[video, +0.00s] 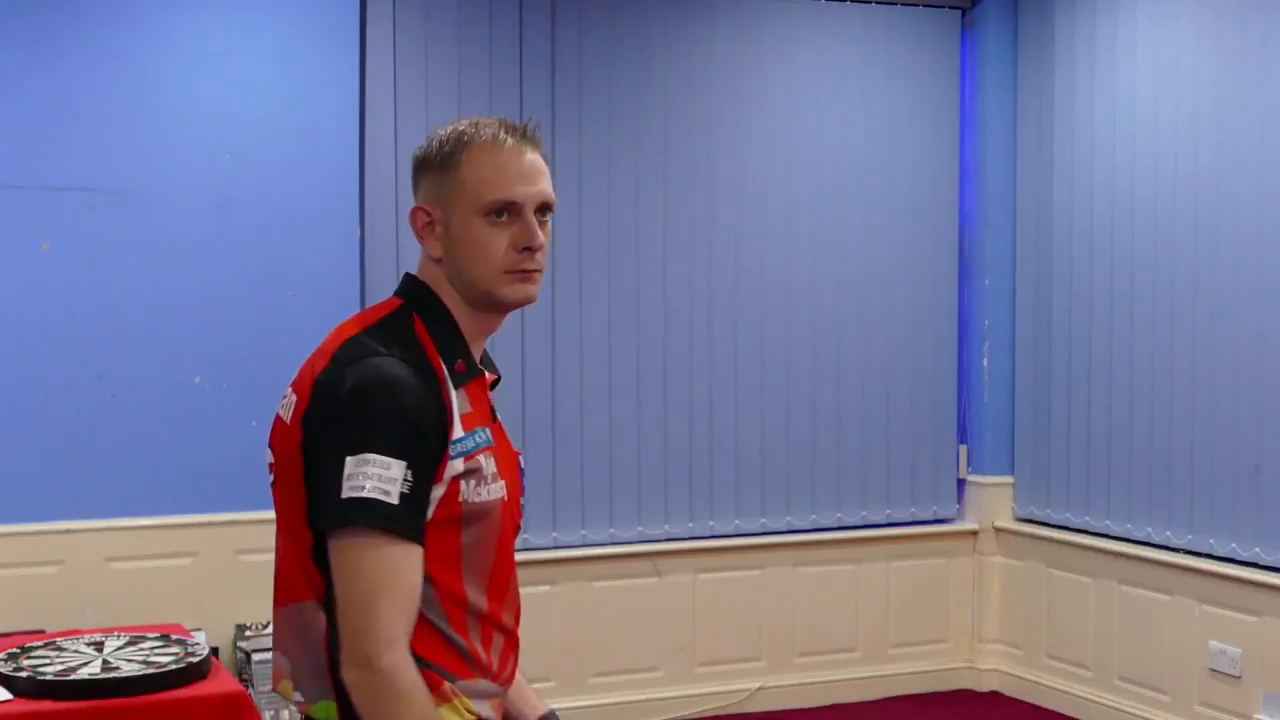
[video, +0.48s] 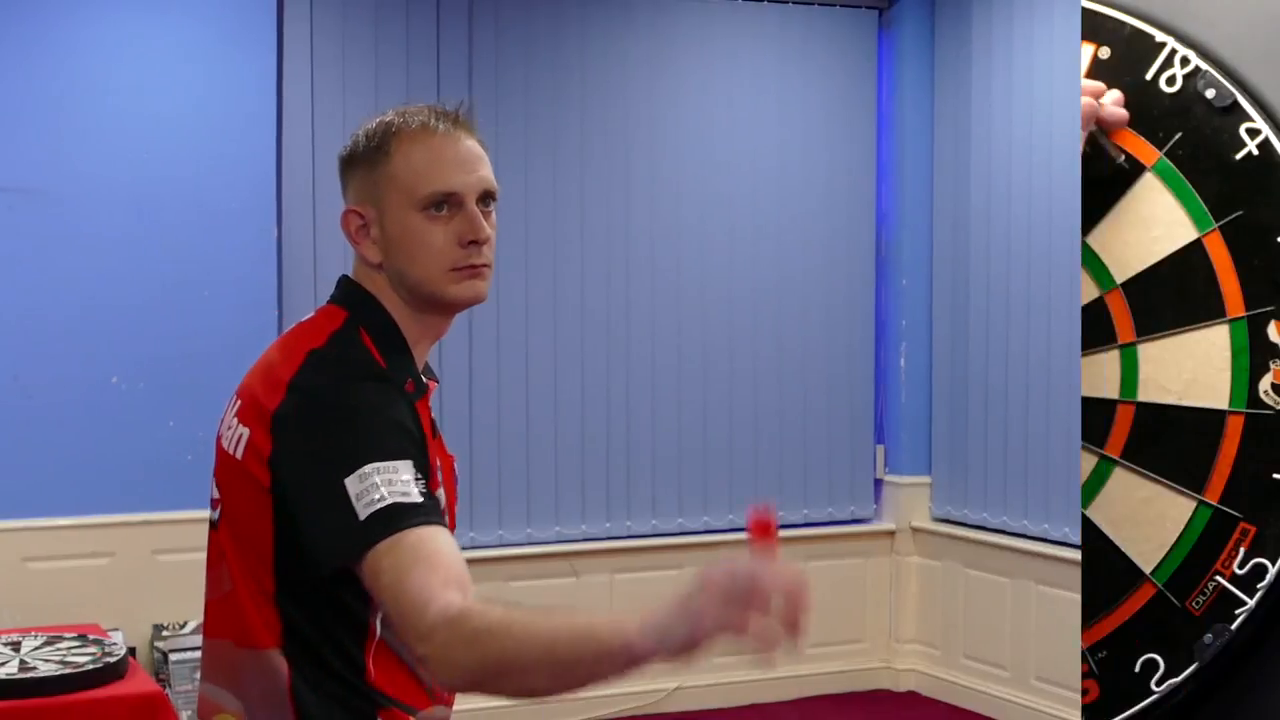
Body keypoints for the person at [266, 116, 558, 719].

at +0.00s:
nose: (533, 237)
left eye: (543, 214)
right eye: (501, 214)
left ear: (554, 219)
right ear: (429, 229)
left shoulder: (460, 373)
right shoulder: (383, 383)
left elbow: (462, 620)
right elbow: (374, 662)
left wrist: (526, 706)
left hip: (478, 696)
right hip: (408, 702)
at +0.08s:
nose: (540, 231)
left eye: (549, 206)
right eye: (505, 207)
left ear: (560, 212)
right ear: (433, 226)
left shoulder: (462, 370)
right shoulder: (391, 384)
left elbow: (472, 627)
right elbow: (403, 674)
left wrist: (507, 700)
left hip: (481, 694)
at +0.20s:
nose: (546, 226)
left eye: (555, 201)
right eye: (510, 203)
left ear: (566, 208)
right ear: (436, 225)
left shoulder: (462, 367)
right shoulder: (402, 382)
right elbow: (434, 672)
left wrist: (501, 699)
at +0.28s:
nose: (533, 226)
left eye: (541, 200)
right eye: (496, 203)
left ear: (553, 206)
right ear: (422, 227)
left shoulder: (447, 367)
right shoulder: (395, 382)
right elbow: (451, 668)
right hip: (393, 706)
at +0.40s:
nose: (500, 226)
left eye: (507, 201)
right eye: (464, 204)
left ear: (518, 209)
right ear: (388, 229)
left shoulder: (408, 373)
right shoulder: (364, 381)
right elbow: (445, 655)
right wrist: (664, 714)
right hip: (376, 706)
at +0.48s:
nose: (477, 227)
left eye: (485, 203)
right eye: (441, 207)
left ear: (499, 211)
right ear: (364, 231)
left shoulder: (380, 374)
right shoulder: (342, 384)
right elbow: (445, 635)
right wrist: (657, 630)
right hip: (351, 712)